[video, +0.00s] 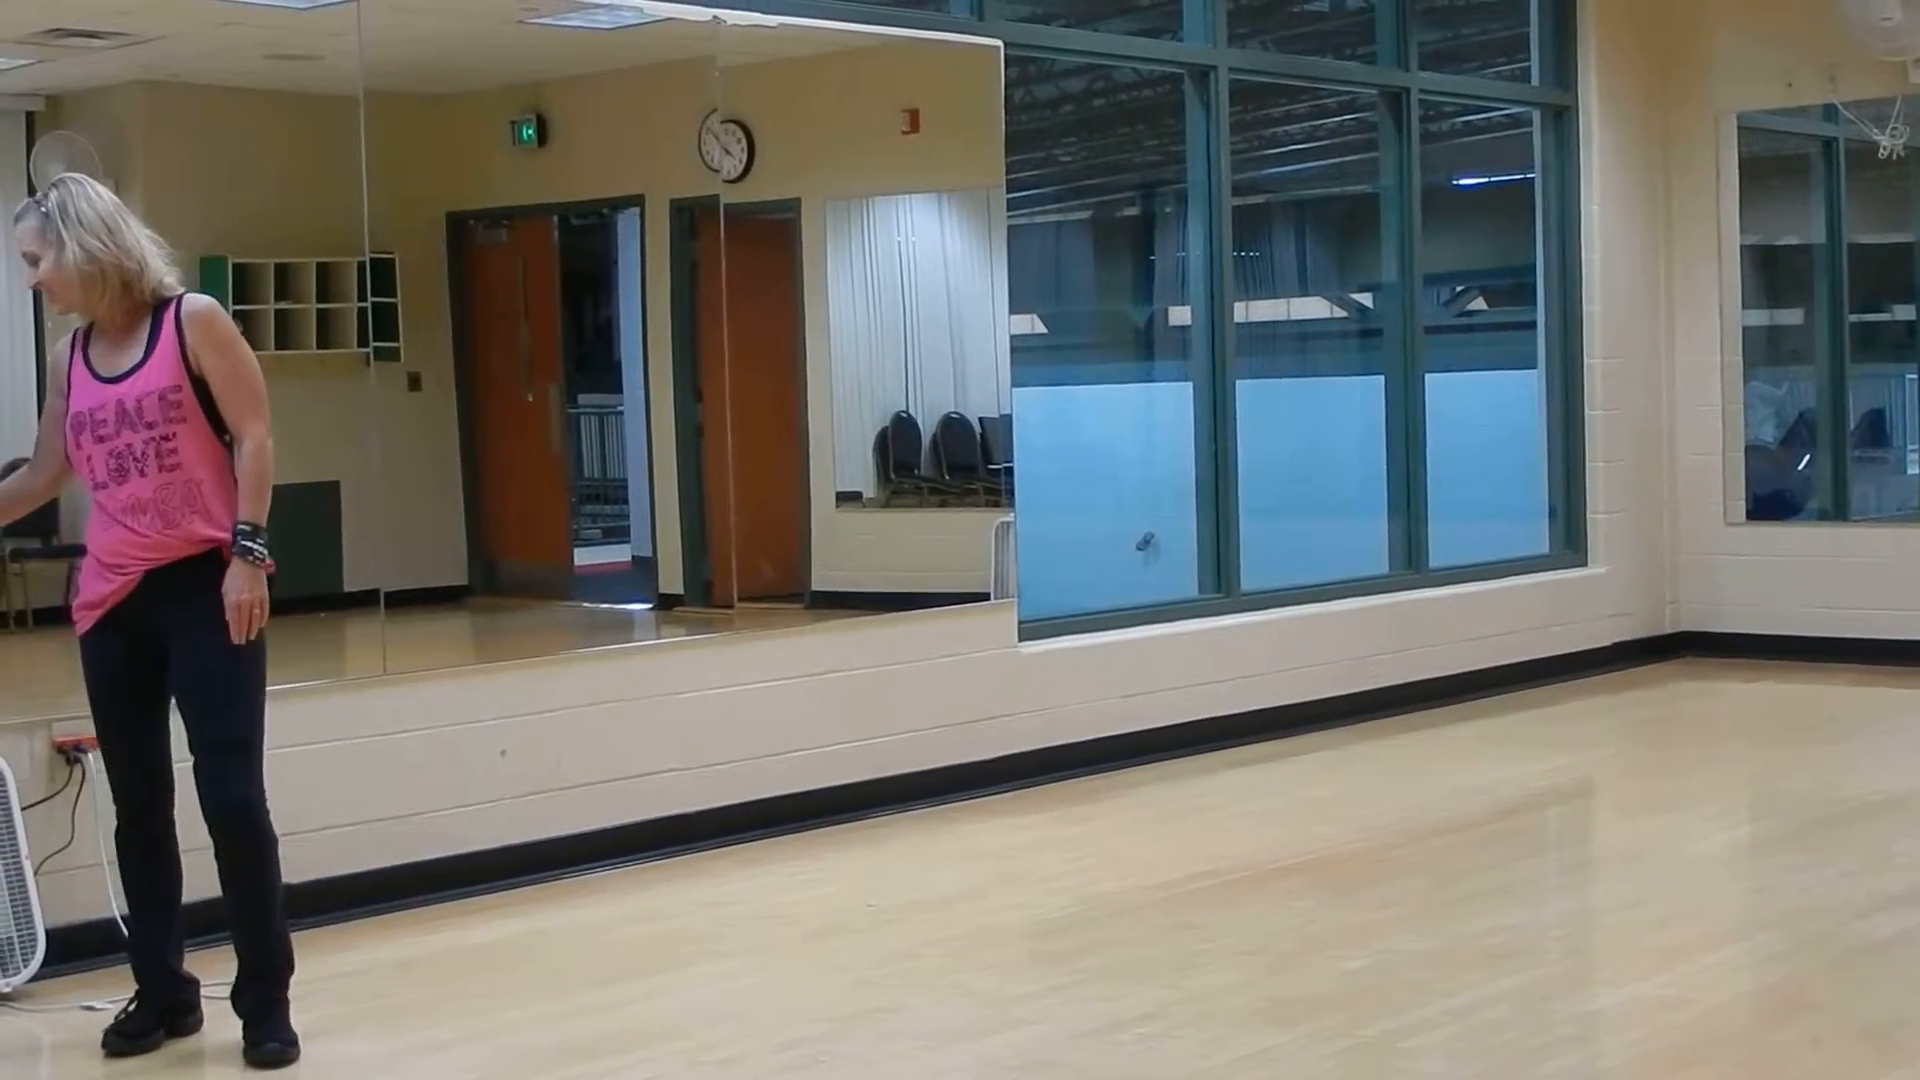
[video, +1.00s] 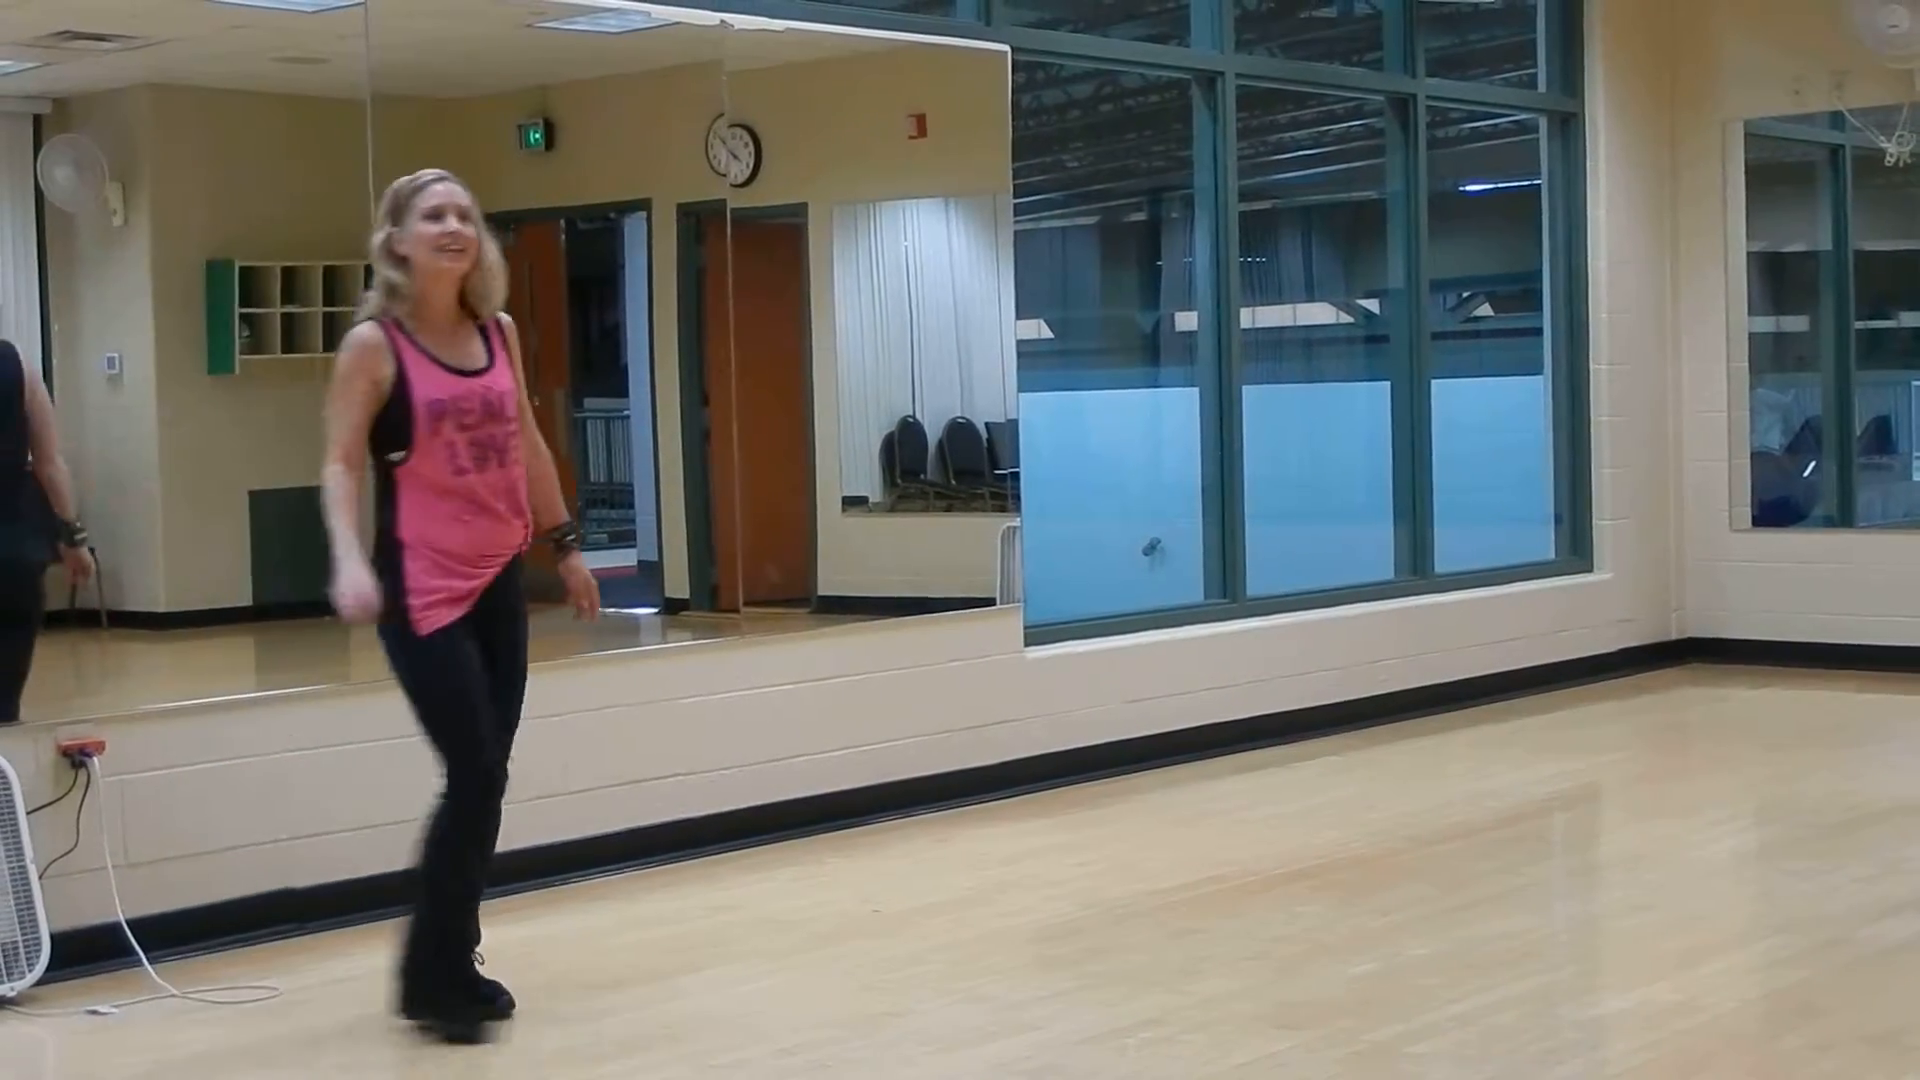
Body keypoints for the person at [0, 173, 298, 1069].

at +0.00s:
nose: (32, 281)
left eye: (38, 260)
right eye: (27, 265)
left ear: (88, 249)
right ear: (73, 260)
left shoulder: (193, 320)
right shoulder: (72, 353)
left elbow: (255, 435)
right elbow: (49, 469)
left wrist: (250, 553)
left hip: (207, 584)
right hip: (113, 595)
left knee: (233, 799)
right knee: (139, 803)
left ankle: (266, 1002)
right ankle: (164, 992)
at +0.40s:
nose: (84, 267)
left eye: (95, 246)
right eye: (77, 252)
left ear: (149, 240)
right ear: (96, 259)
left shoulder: (235, 314)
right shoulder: (120, 357)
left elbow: (295, 424)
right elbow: (122, 479)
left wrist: (278, 542)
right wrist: (22, 470)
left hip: (267, 574)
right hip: (174, 593)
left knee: (326, 778)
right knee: (175, 798)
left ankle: (388, 966)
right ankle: (167, 989)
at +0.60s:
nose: (200, 250)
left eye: (219, 233)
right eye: (190, 236)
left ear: (263, 242)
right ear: (178, 254)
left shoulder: (323, 325)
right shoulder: (186, 361)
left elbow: (376, 434)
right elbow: (144, 477)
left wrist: (384, 545)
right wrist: (35, 465)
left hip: (346, 579)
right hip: (246, 598)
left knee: (406, 778)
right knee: (213, 797)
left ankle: (447, 958)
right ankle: (175, 990)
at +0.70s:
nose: (281, 250)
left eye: (299, 235)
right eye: (266, 238)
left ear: (332, 251)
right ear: (245, 260)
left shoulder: (384, 339)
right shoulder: (233, 372)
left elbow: (433, 455)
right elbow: (186, 482)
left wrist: (454, 556)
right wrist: (80, 469)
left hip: (406, 589)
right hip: (305, 608)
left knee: (446, 787)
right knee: (249, 798)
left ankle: (448, 966)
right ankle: (180, 988)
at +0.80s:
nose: (351, 250)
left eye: (366, 238)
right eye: (334, 239)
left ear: (390, 257)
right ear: (304, 261)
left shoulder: (433, 345)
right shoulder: (285, 374)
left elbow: (478, 457)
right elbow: (243, 483)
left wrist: (511, 559)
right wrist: (174, 502)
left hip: (454, 591)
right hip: (359, 608)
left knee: (474, 786)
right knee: (305, 798)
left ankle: (449, 969)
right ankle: (212, 987)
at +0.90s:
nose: (408, 238)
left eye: (420, 226)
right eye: (388, 226)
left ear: (439, 248)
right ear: (354, 249)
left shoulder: (469, 334)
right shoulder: (331, 357)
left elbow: (506, 445)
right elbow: (295, 466)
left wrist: (543, 548)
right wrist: (277, 530)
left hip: (480, 586)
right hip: (391, 599)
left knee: (479, 791)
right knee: (386, 793)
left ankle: (448, 968)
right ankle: (308, 973)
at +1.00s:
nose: (452, 228)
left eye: (462, 216)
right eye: (432, 216)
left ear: (478, 239)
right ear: (395, 240)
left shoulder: (497, 332)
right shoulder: (373, 344)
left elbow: (527, 439)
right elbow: (342, 462)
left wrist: (565, 545)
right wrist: (351, 561)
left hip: (498, 580)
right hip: (422, 589)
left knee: (486, 772)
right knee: (476, 770)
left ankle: (449, 962)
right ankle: (430, 977)